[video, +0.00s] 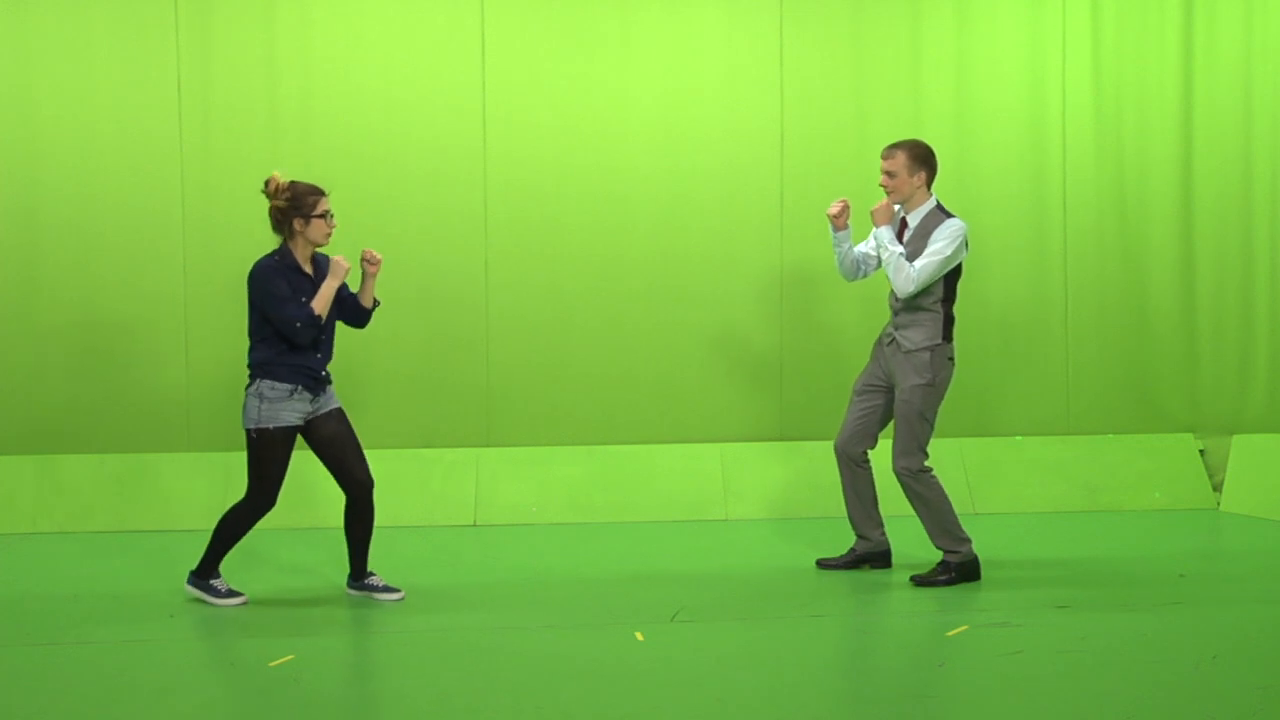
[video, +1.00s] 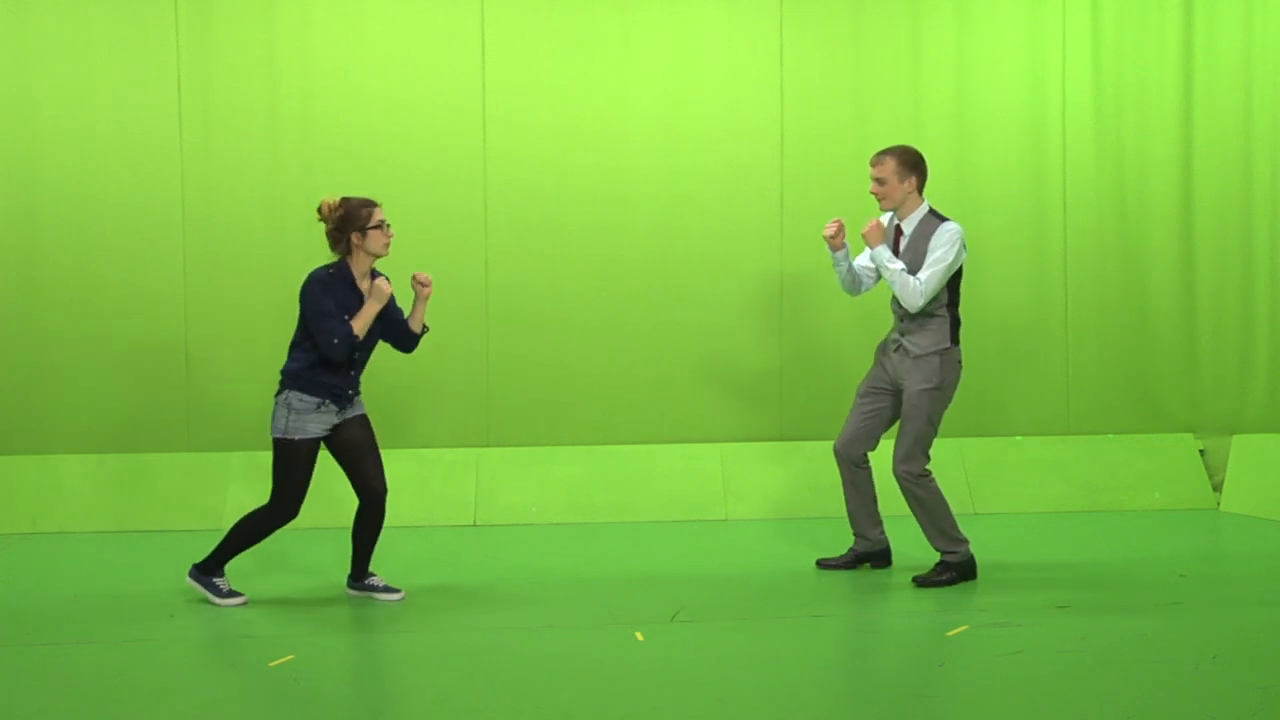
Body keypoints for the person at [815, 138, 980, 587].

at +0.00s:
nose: (884, 183)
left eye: (890, 176)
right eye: (883, 175)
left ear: (921, 178)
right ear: (901, 180)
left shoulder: (952, 230)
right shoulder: (896, 224)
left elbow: (907, 283)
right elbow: (851, 270)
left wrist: (884, 230)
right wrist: (841, 231)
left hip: (925, 356)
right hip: (888, 350)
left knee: (908, 461)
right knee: (850, 446)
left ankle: (961, 557)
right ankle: (871, 546)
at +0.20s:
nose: (884, 191)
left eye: (891, 183)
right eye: (883, 183)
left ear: (921, 185)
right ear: (900, 188)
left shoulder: (952, 236)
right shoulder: (896, 230)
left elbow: (909, 292)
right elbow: (856, 278)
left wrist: (885, 239)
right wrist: (843, 240)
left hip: (927, 362)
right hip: (891, 355)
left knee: (904, 466)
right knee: (845, 448)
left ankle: (961, 557)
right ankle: (871, 546)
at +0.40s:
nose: (886, 186)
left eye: (893, 179)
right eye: (885, 178)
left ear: (923, 182)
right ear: (901, 185)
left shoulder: (953, 234)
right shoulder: (897, 227)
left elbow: (911, 289)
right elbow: (854, 275)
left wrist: (885, 237)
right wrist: (841, 237)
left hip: (927, 360)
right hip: (890, 353)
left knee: (906, 465)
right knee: (847, 447)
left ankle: (961, 557)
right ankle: (872, 546)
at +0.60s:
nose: (884, 186)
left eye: (891, 178)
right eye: (883, 178)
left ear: (921, 183)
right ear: (899, 185)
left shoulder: (952, 235)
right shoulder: (894, 230)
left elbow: (911, 291)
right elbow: (854, 277)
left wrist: (885, 240)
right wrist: (841, 240)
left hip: (929, 360)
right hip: (891, 354)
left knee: (905, 464)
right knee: (848, 447)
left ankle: (961, 557)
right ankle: (872, 546)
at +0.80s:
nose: (880, 183)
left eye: (887, 175)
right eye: (879, 175)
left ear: (917, 177)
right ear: (895, 180)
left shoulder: (950, 229)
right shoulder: (890, 224)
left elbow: (914, 289)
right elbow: (853, 276)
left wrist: (884, 239)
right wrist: (838, 240)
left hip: (930, 355)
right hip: (892, 349)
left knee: (910, 460)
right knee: (854, 446)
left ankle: (960, 556)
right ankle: (872, 546)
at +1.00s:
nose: (874, 190)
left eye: (880, 182)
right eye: (872, 182)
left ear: (910, 183)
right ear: (894, 185)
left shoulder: (948, 234)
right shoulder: (887, 229)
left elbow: (915, 297)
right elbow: (855, 285)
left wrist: (881, 250)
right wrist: (840, 251)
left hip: (932, 359)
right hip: (893, 354)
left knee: (909, 463)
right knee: (849, 448)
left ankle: (958, 557)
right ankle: (871, 546)